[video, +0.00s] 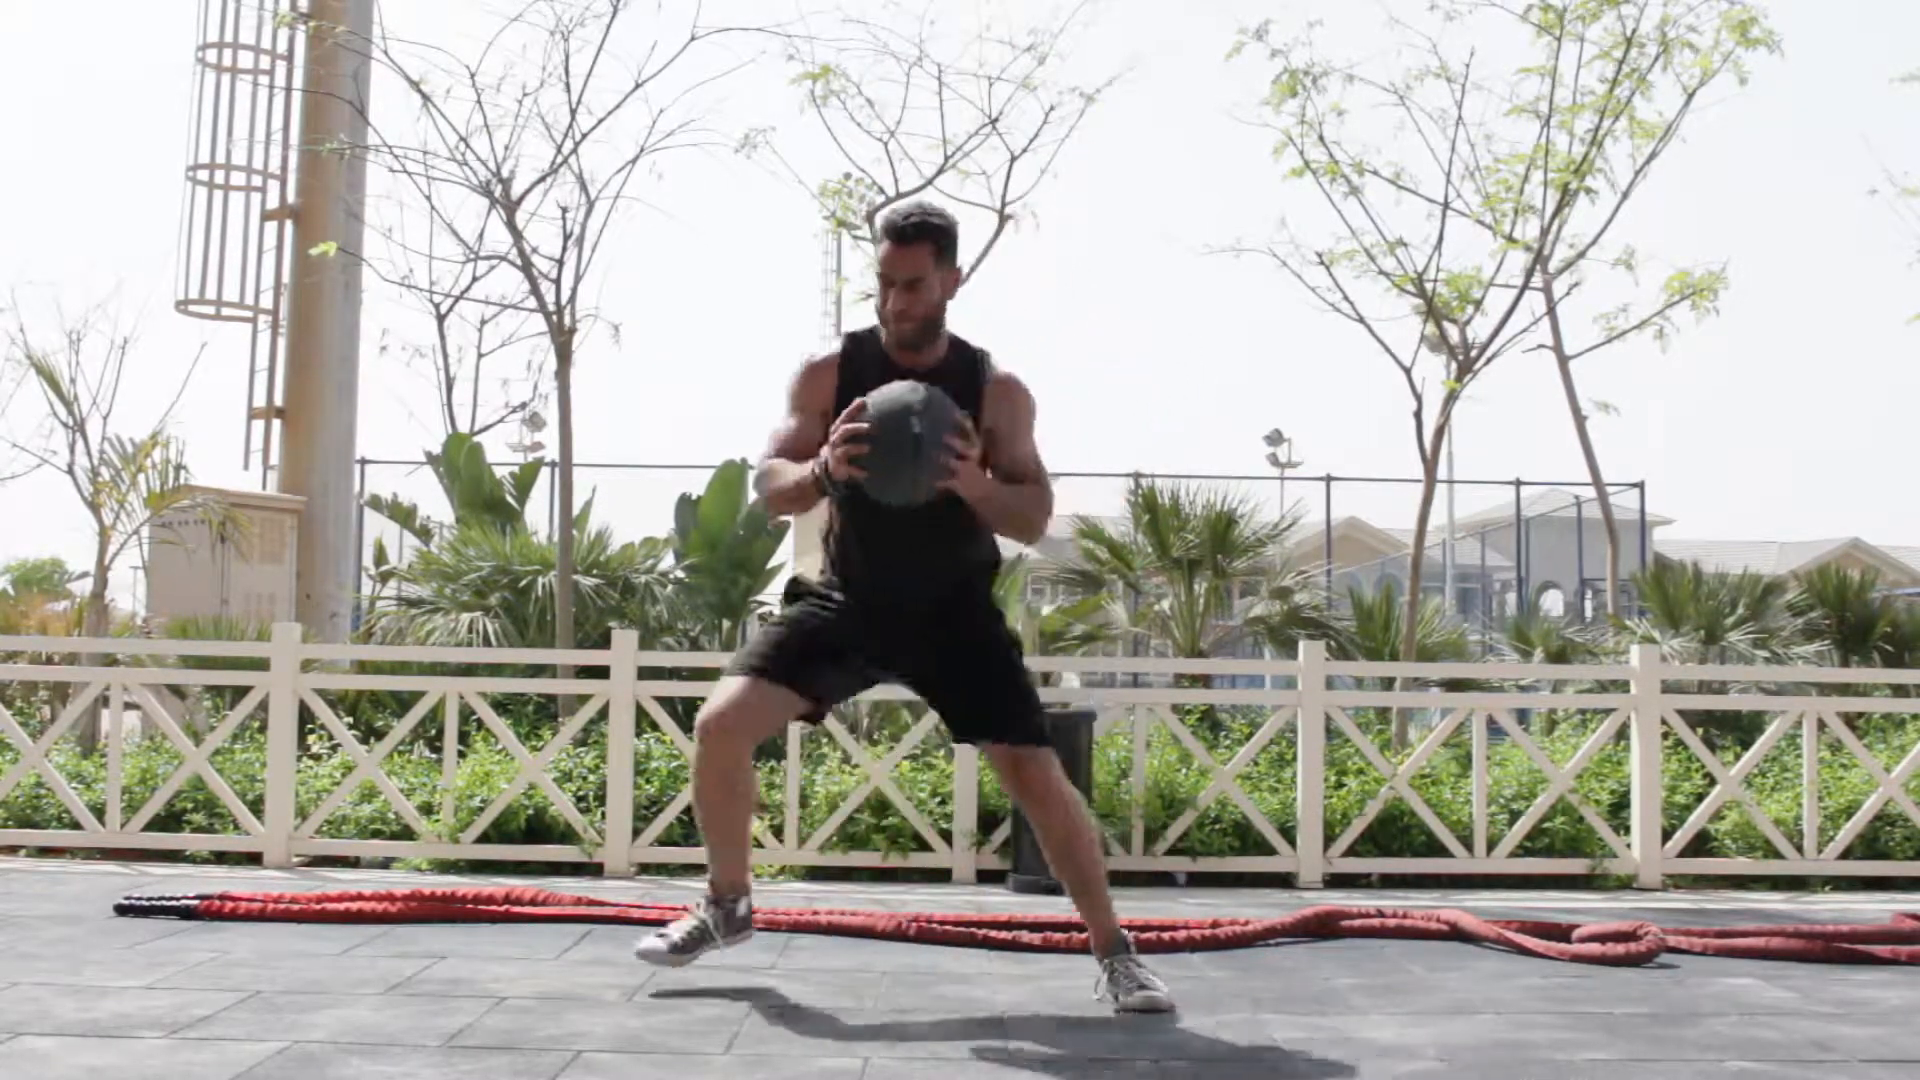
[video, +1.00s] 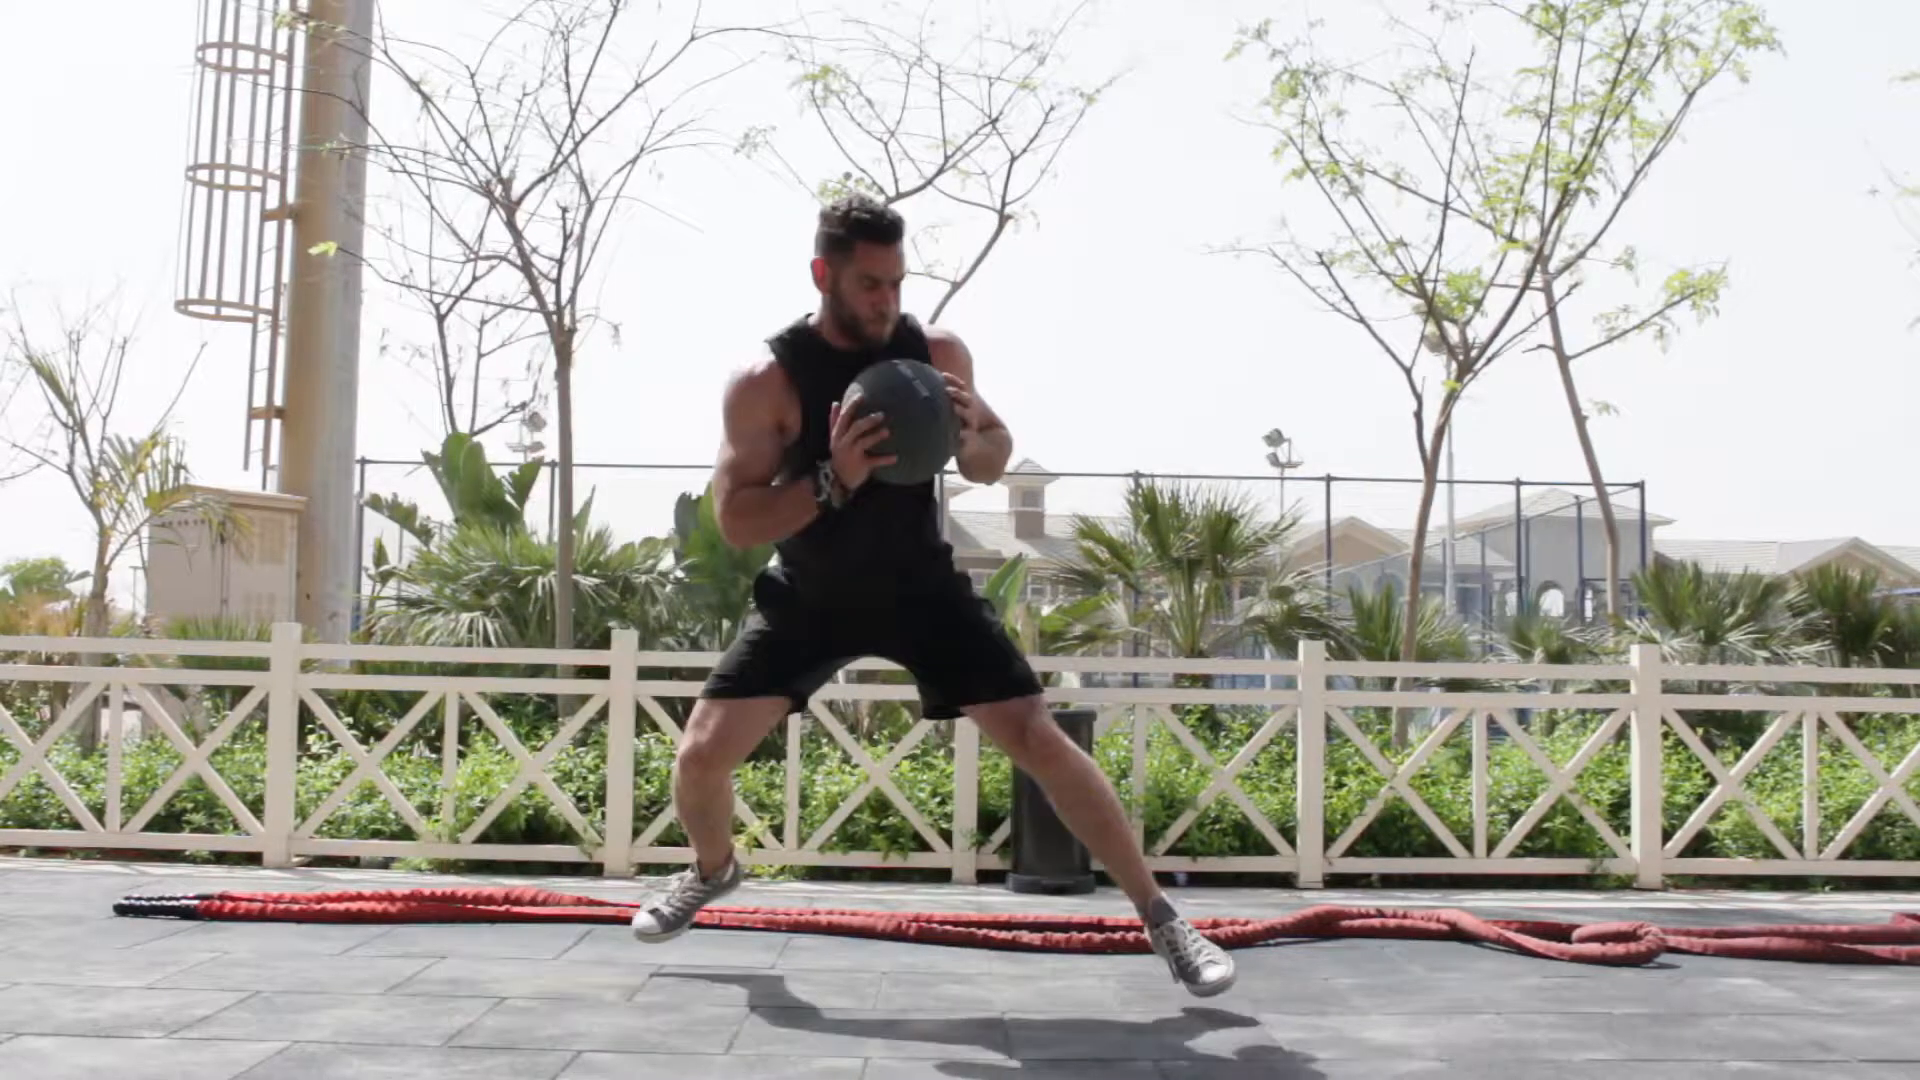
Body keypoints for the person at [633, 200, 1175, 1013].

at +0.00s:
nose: (896, 300)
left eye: (915, 284)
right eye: (886, 282)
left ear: (952, 283)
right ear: (874, 279)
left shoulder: (996, 393)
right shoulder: (827, 377)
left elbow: (1034, 518)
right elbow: (771, 492)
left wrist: (976, 482)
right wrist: (820, 471)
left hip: (958, 620)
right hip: (847, 610)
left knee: (1038, 774)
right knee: (720, 726)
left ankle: (1114, 951)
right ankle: (727, 905)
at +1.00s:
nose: (884, 300)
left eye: (894, 282)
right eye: (868, 284)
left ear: (904, 276)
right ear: (821, 274)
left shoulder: (937, 355)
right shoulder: (765, 387)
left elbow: (987, 465)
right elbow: (738, 526)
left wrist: (971, 430)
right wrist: (832, 480)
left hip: (922, 589)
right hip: (806, 599)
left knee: (1034, 736)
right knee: (701, 754)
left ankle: (1160, 916)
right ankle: (712, 872)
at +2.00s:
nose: (570, 389)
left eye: (592, 374)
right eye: (567, 367)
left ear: (645, 376)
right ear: (562, 359)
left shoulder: (682, 480)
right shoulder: (581, 431)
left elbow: (624, 636)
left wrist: (542, 539)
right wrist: (529, 508)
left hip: (678, 676)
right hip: (589, 641)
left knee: (616, 875)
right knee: (491, 763)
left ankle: (594, 802)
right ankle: (446, 947)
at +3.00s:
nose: (1164, 424)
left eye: (1170, 405)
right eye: (1147, 406)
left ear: (1178, 393)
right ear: (1090, 393)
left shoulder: (1146, 462)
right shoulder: (1024, 497)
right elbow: (1030, 660)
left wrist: (1197, 548)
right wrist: (1141, 593)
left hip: (1120, 645)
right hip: (1033, 688)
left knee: (1151, 773)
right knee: (1104, 865)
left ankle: (1202, 972)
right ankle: (1223, 832)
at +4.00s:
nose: (937, 246)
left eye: (951, 232)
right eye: (923, 233)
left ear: (978, 228)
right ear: (899, 231)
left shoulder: (1012, 314)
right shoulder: (872, 309)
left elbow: (1033, 206)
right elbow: (843, 196)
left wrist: (1007, 85)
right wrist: (864, 73)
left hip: (998, 581)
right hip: (888, 578)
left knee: (1073, 767)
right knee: (804, 761)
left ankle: (1141, 961)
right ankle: (732, 955)